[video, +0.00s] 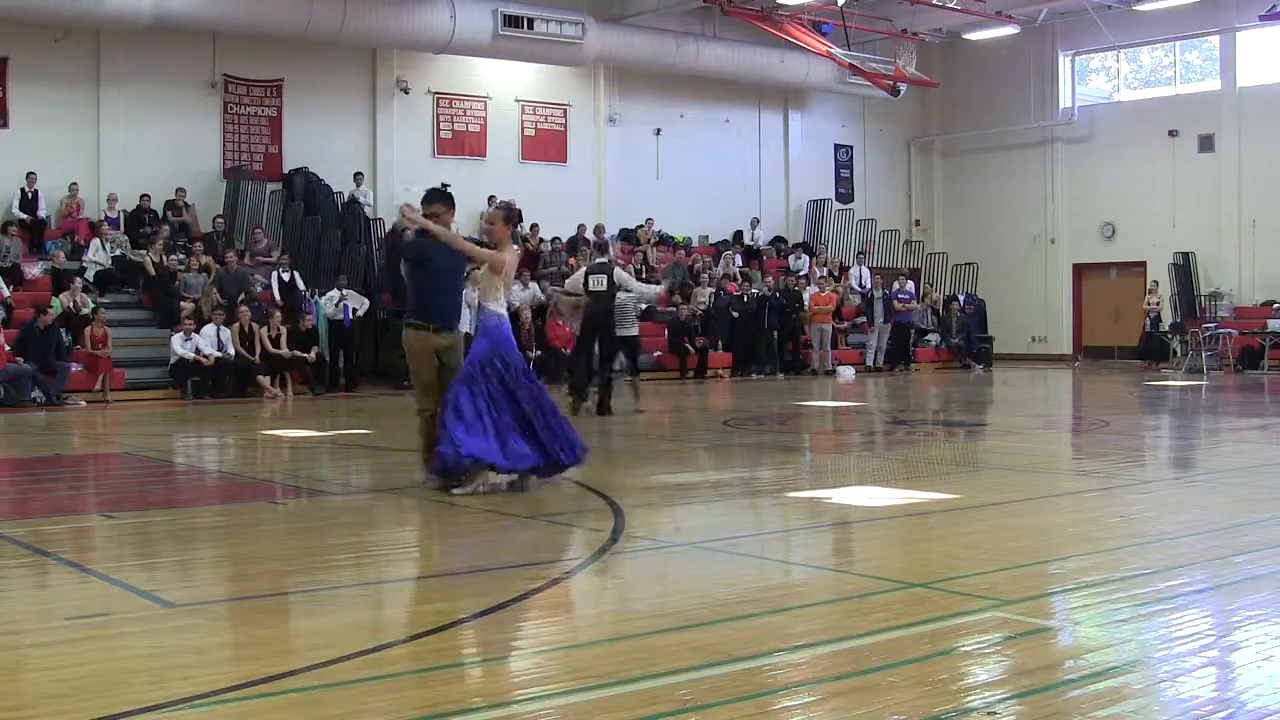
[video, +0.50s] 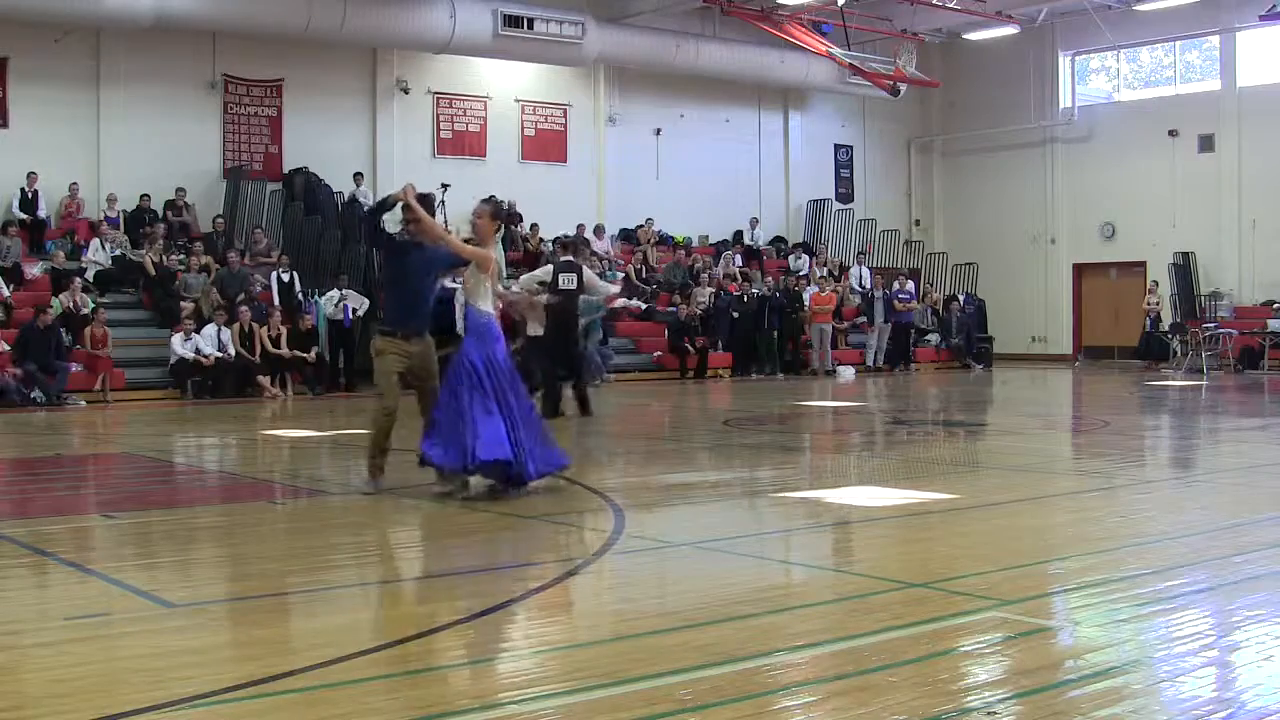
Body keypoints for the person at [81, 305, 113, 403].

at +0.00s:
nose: (105, 316)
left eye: (105, 313)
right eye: (102, 313)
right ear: (95, 315)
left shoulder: (107, 330)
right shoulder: (88, 330)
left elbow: (109, 348)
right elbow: (88, 349)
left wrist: (102, 352)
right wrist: (99, 352)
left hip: (103, 355)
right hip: (92, 356)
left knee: (104, 361)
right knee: (106, 366)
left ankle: (99, 382)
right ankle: (107, 394)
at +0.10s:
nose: (105, 316)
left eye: (105, 313)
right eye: (102, 313)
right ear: (95, 315)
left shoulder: (107, 330)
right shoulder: (88, 330)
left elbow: (109, 348)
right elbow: (88, 349)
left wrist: (102, 352)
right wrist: (99, 352)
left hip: (103, 355)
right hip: (92, 356)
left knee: (104, 361)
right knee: (106, 366)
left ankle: (99, 382)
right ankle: (107, 394)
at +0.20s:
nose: (105, 316)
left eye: (105, 313)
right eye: (102, 313)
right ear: (95, 315)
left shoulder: (107, 330)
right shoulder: (88, 330)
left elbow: (109, 348)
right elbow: (88, 349)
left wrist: (103, 352)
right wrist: (99, 352)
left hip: (103, 355)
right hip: (92, 356)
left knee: (104, 361)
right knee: (106, 366)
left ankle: (99, 382)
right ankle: (107, 394)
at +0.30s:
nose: (104, 316)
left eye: (105, 313)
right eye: (101, 313)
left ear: (105, 315)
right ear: (95, 315)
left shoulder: (107, 330)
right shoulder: (88, 330)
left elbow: (109, 347)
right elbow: (88, 349)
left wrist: (105, 351)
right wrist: (99, 352)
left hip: (103, 354)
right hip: (93, 355)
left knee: (104, 361)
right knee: (106, 365)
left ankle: (98, 381)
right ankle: (107, 393)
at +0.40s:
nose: (104, 316)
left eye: (105, 313)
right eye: (101, 313)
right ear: (95, 315)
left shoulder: (107, 330)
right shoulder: (88, 330)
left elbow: (109, 347)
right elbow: (88, 349)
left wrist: (105, 351)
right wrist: (99, 352)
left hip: (103, 354)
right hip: (92, 355)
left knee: (104, 361)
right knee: (106, 365)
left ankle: (99, 381)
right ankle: (107, 393)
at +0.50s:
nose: (104, 316)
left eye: (105, 313)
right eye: (101, 313)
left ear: (105, 315)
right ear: (95, 315)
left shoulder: (107, 330)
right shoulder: (88, 330)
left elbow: (109, 347)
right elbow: (88, 349)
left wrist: (105, 351)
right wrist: (99, 352)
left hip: (103, 354)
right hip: (92, 355)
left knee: (104, 361)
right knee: (106, 365)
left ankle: (99, 381)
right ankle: (107, 393)